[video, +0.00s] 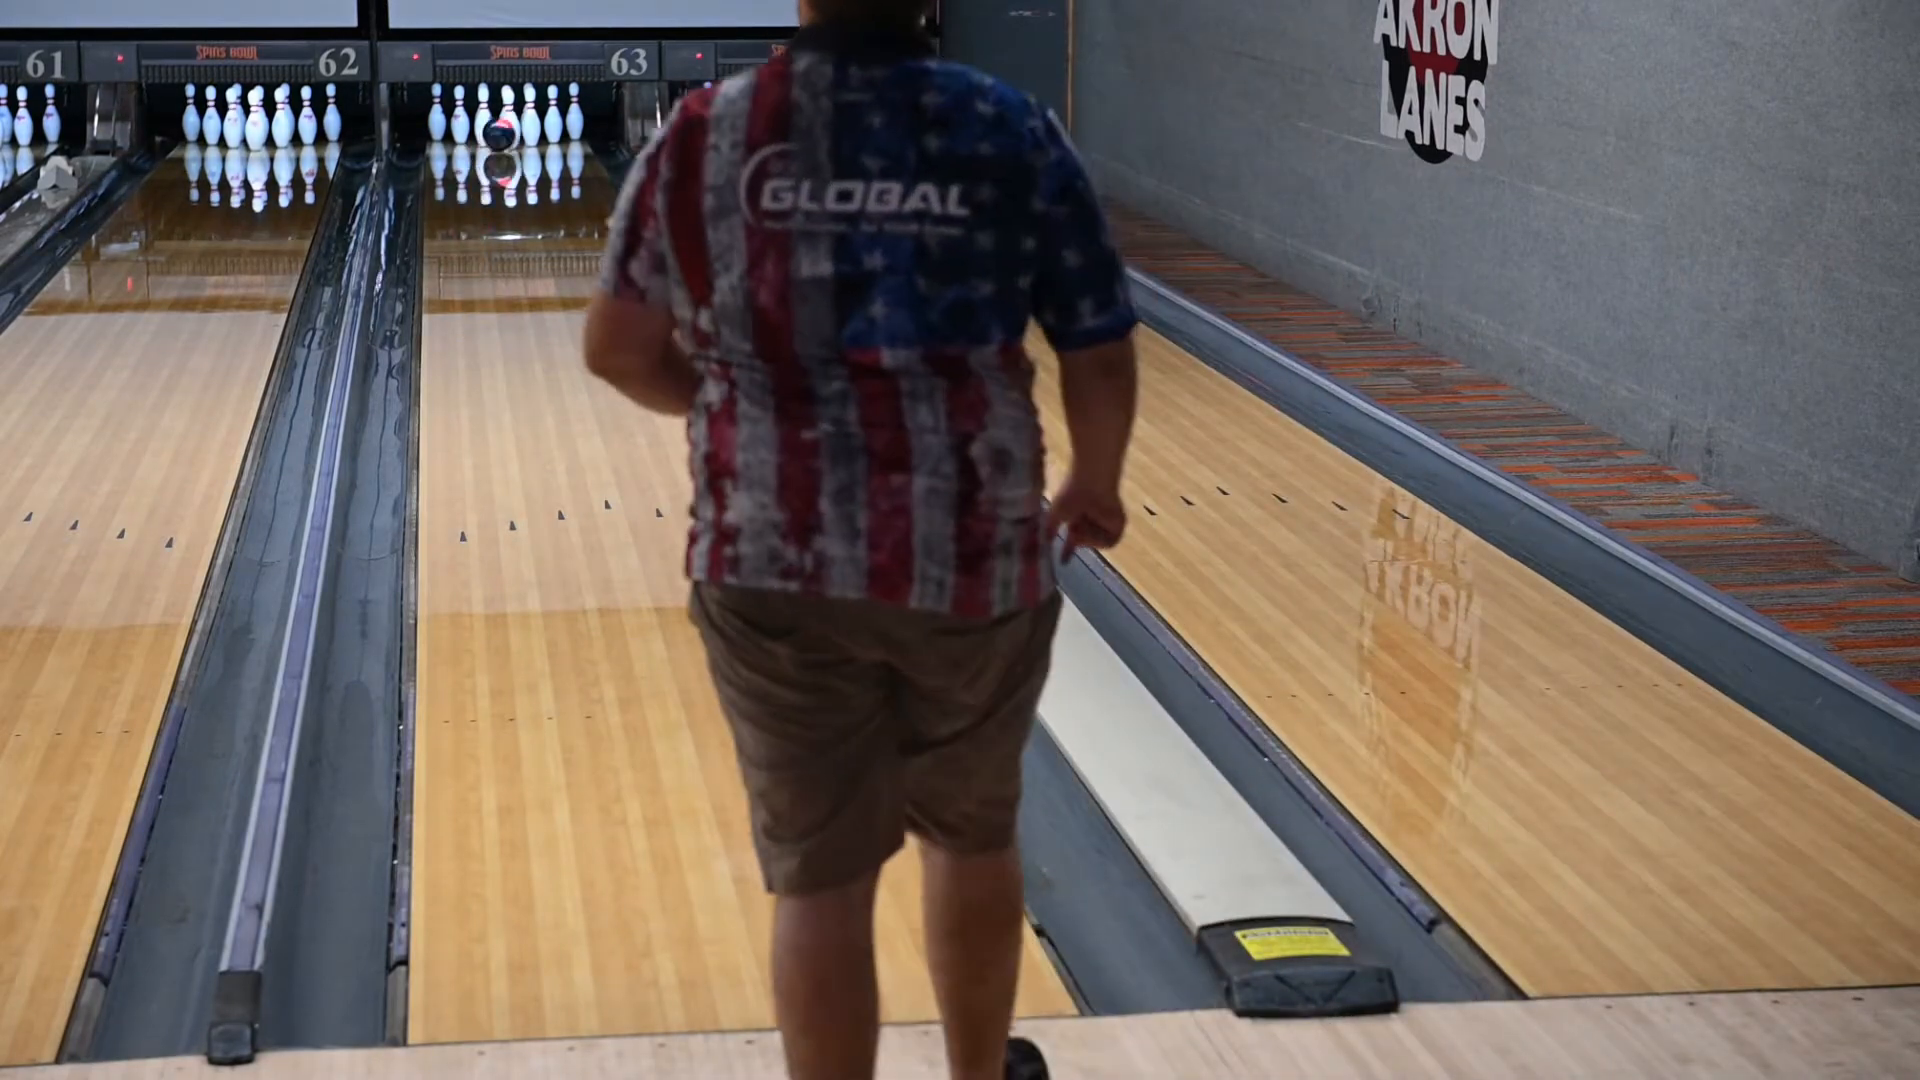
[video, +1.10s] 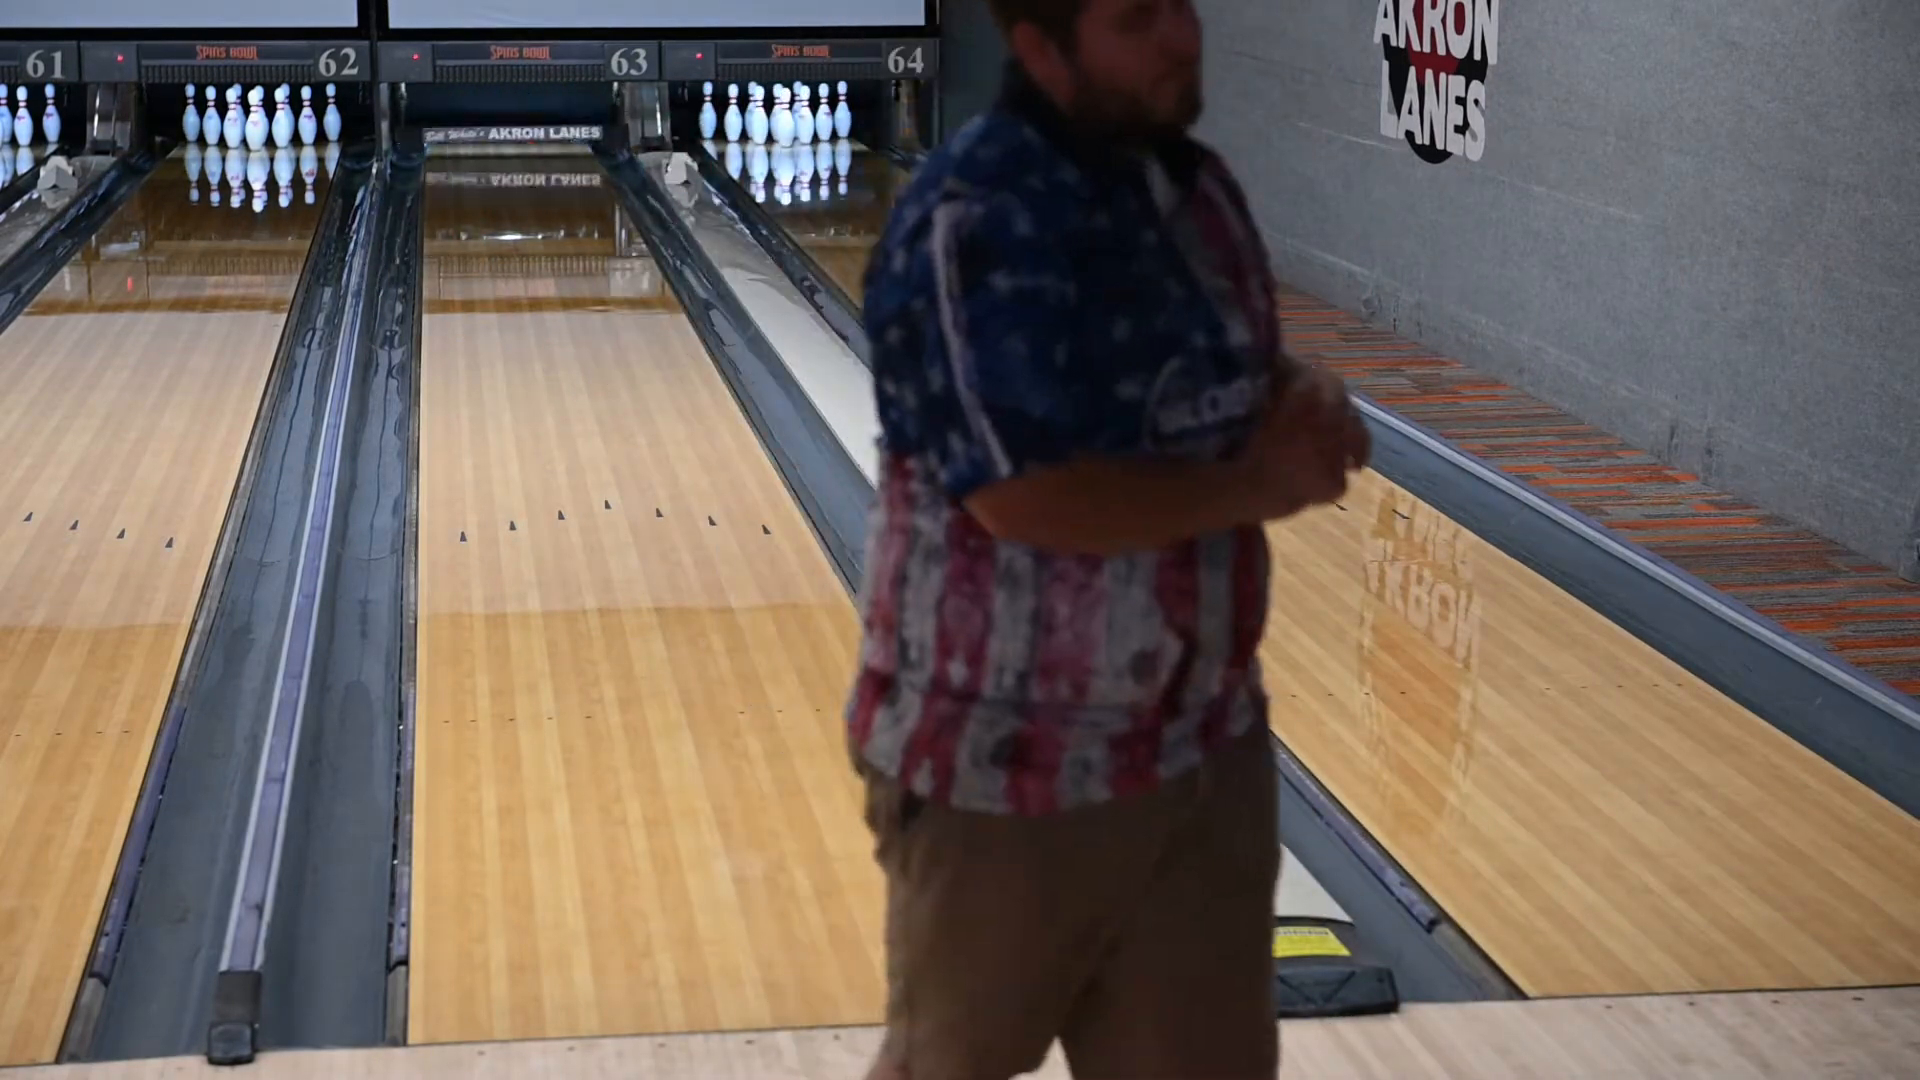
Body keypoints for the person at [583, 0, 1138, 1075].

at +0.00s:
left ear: (801, 1)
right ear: (930, 4)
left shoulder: (704, 129)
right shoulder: (1009, 130)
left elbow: (618, 344)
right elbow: (1100, 344)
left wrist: (724, 396)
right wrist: (1096, 480)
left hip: (770, 550)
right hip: (973, 552)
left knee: (817, 874)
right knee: (973, 833)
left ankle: (828, 1071)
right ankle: (981, 1070)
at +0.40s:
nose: (979, 19)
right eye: (975, 9)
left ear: (836, 1)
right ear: (964, 11)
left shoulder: (735, 131)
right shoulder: (998, 183)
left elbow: (693, 323)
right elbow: (1083, 428)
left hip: (771, 585)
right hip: (948, 612)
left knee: (831, 911)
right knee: (998, 949)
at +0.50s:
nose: (994, 38)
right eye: (995, 23)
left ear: (851, 20)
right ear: (980, 28)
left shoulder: (761, 152)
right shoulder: (984, 191)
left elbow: (764, 383)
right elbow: (1079, 437)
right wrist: (1112, 386)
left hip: (794, 616)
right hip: (950, 639)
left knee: (847, 934)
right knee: (987, 990)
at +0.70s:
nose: (1058, 47)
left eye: (1055, 25)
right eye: (1049, 24)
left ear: (923, 30)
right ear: (999, 37)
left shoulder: (862, 158)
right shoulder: (971, 202)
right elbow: (1078, 452)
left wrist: (1108, 381)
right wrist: (1152, 403)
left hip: (895, 648)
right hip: (971, 673)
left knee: (935, 1017)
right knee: (971, 1035)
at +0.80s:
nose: (1098, 25)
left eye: (1091, 7)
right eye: (1077, 7)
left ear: (988, 32)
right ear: (991, 29)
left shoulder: (968, 155)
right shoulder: (949, 181)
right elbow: (1075, 443)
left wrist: (1152, 382)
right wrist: (1180, 399)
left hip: (1045, 672)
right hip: (960, 694)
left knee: (1064, 983)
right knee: (949, 1045)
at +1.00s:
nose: (1151, 20)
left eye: (1142, 0)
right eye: (1115, 4)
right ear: (1009, 29)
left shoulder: (1118, 159)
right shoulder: (941, 191)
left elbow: (1138, 379)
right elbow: (1038, 466)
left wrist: (1233, 398)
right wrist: (1229, 439)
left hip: (1152, 717)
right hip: (976, 740)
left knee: (1180, 1050)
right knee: (930, 1057)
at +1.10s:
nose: (1184, 38)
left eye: (1182, 8)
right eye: (1139, 17)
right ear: (1039, 46)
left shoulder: (1195, 183)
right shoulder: (969, 214)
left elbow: (1240, 383)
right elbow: (1019, 493)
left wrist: (1305, 414)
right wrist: (1256, 483)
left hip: (1202, 753)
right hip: (1003, 774)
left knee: (1206, 1063)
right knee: (951, 1063)